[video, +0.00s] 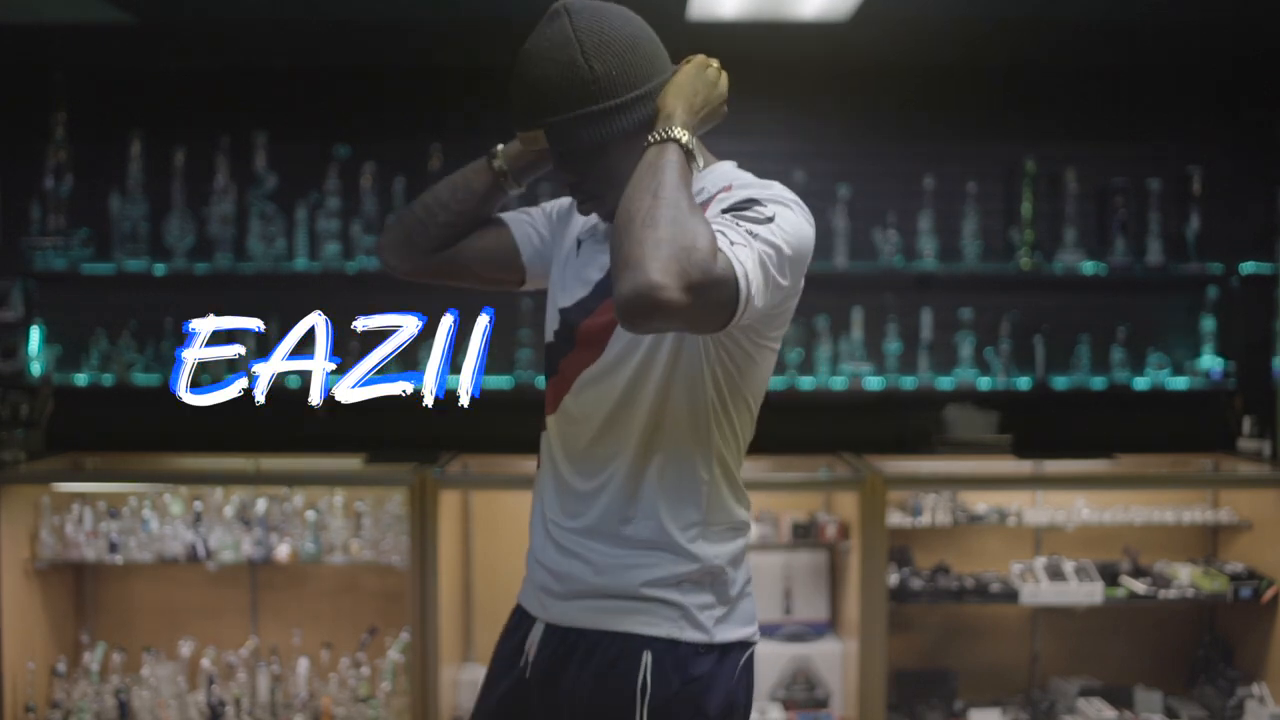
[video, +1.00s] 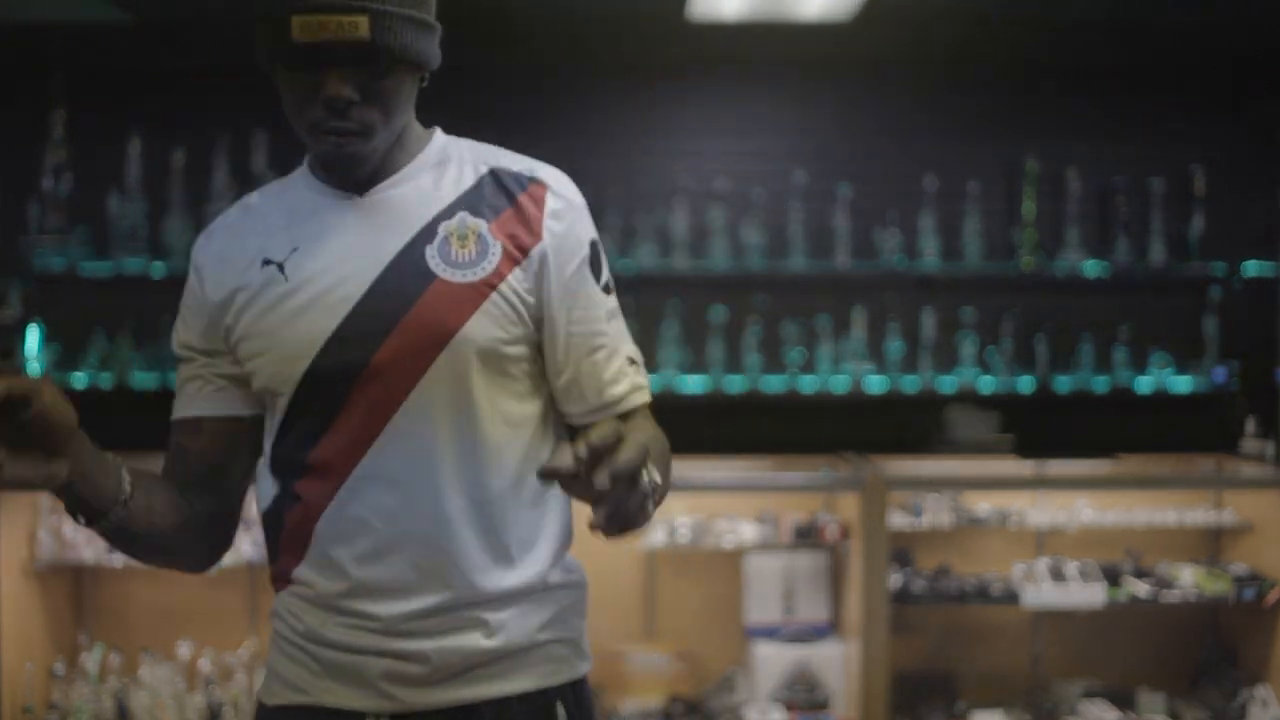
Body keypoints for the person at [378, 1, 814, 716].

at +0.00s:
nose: (551, 164)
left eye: (553, 142)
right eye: (544, 147)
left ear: (584, 136)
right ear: (640, 114)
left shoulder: (768, 218)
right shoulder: (576, 227)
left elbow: (653, 289)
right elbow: (405, 252)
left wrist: (675, 127)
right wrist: (529, 150)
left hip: (668, 641)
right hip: (542, 623)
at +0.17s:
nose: (548, 192)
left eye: (559, 166)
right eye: (538, 168)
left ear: (614, 133)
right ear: (527, 162)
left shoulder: (756, 214)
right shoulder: (543, 218)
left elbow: (648, 291)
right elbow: (360, 233)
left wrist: (665, 123)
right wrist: (492, 146)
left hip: (650, 649)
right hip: (510, 631)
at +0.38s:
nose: (531, 182)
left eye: (556, 157)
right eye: (518, 157)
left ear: (623, 125)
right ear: (499, 143)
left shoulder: (735, 210)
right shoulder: (498, 211)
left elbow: (687, 308)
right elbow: (304, 250)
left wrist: (665, 127)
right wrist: (459, 134)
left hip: (630, 662)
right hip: (472, 646)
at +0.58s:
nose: (501, 174)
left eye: (527, 146)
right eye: (481, 149)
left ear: (589, 112)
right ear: (455, 135)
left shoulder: (689, 211)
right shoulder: (440, 213)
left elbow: (694, 330)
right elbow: (232, 282)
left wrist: (641, 132)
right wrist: (404, 131)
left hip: (602, 675)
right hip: (426, 661)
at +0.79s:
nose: (434, 143)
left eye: (465, 110)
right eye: (411, 111)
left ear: (523, 91)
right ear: (380, 101)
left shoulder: (616, 212)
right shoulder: (349, 224)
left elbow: (696, 422)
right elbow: (161, 385)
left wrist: (603, 158)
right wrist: (276, 161)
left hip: (560, 677)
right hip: (375, 676)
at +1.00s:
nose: (338, 91)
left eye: (369, 65)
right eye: (312, 64)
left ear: (421, 69)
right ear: (281, 75)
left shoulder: (532, 204)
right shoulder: (230, 250)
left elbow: (624, 438)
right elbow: (199, 524)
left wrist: (625, 470)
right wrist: (79, 465)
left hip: (514, 672)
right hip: (320, 677)